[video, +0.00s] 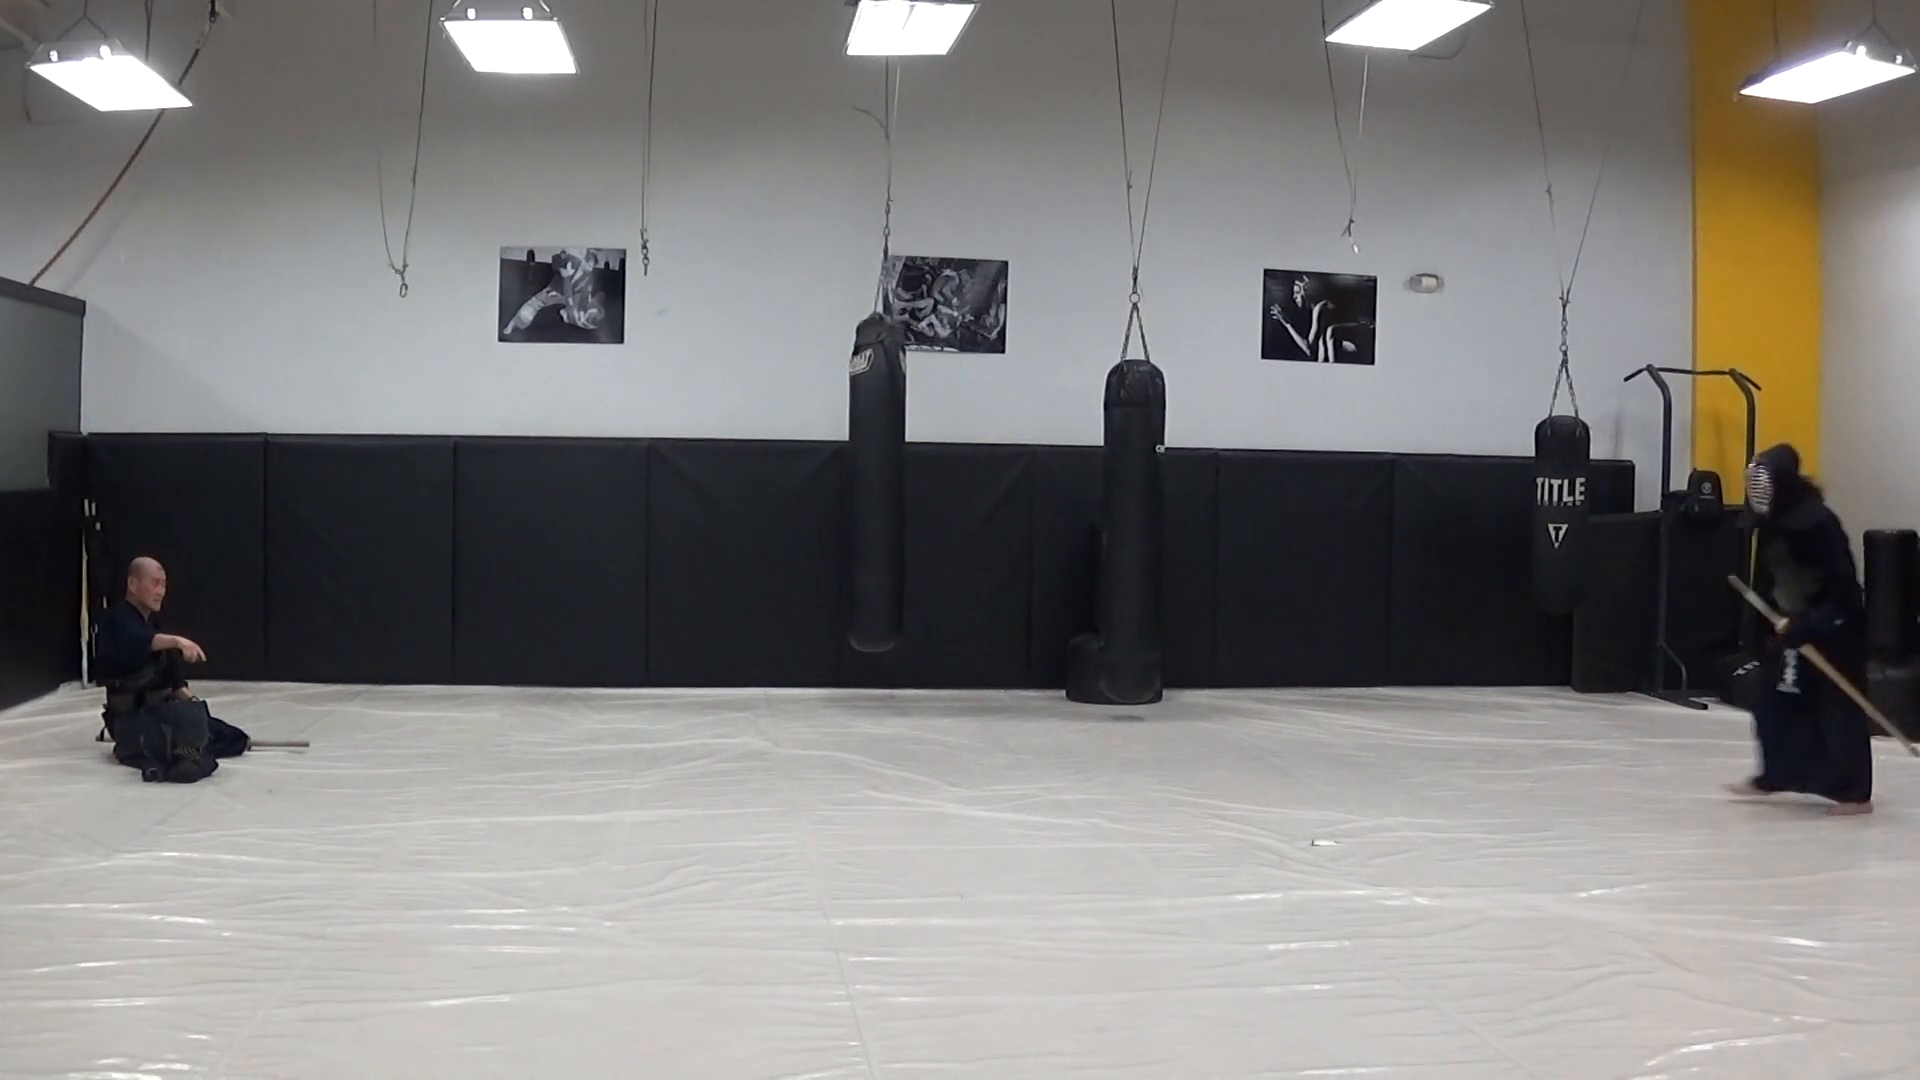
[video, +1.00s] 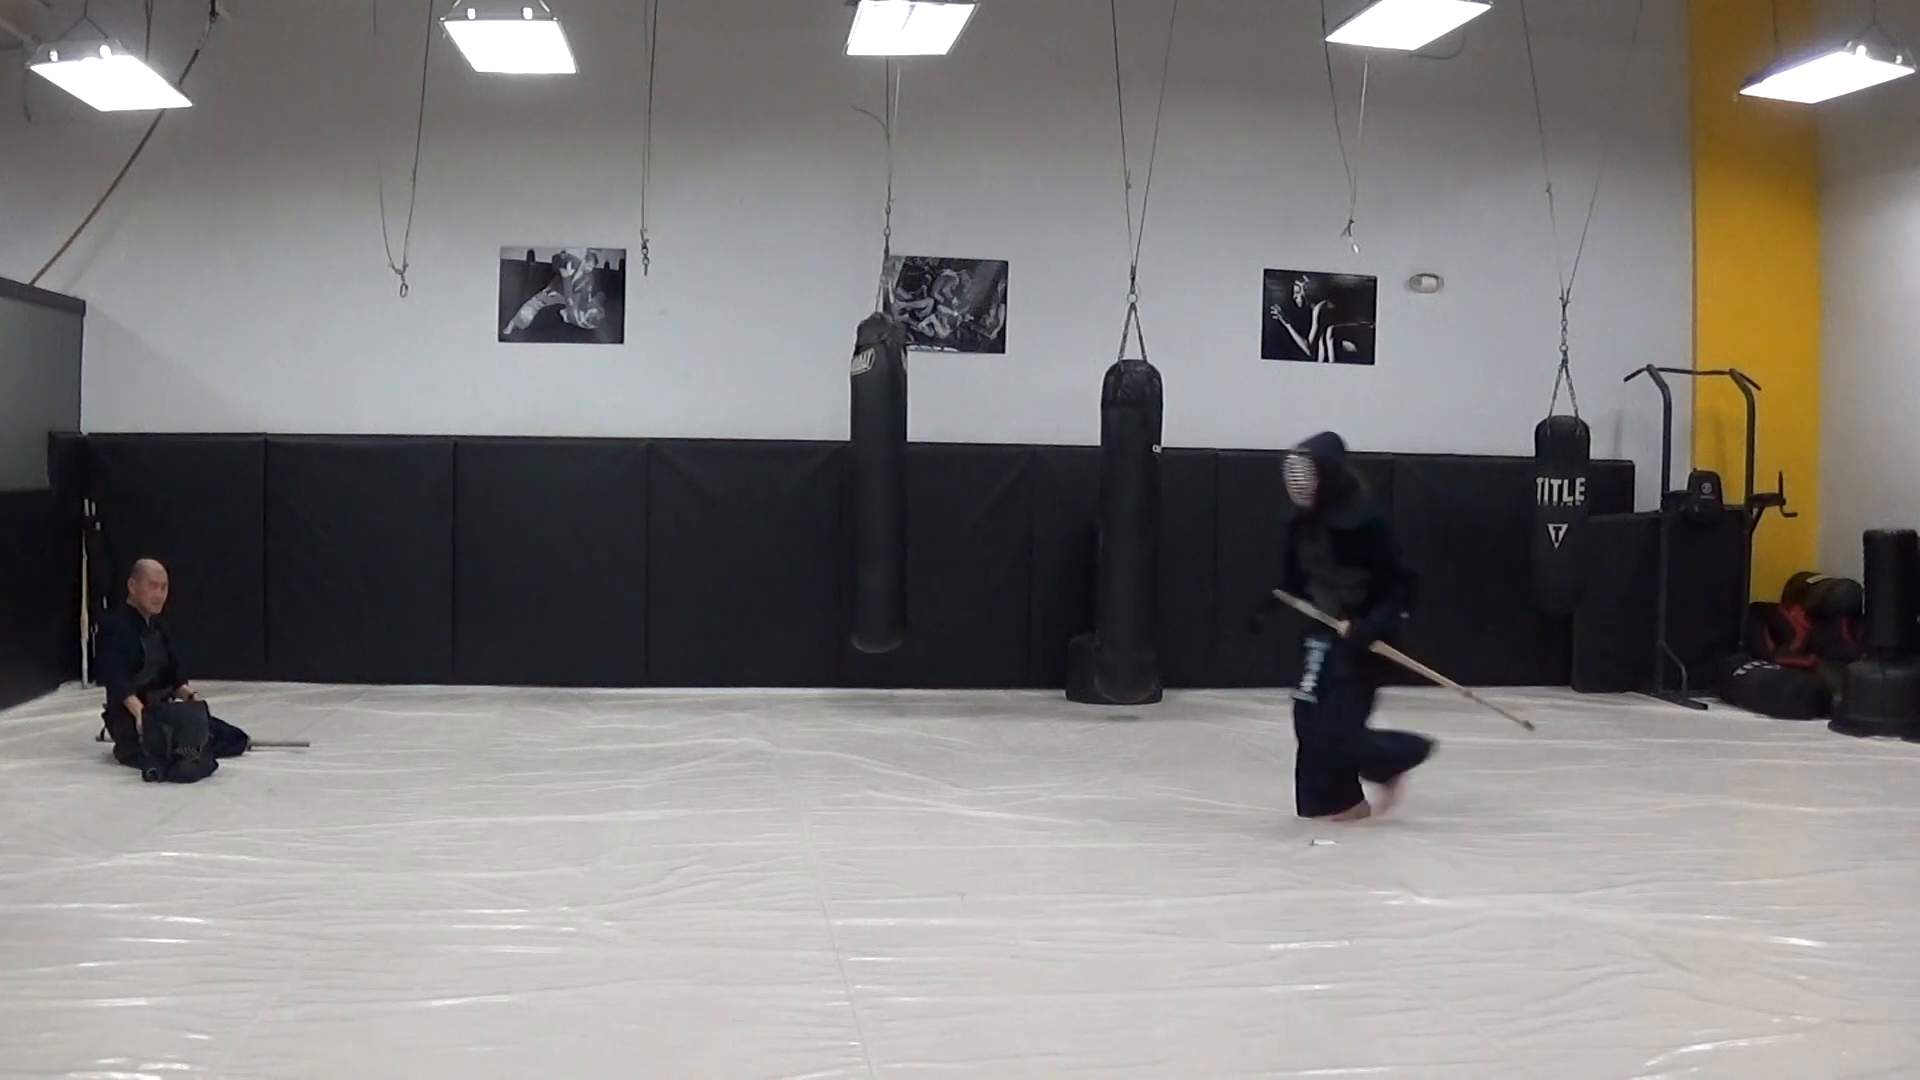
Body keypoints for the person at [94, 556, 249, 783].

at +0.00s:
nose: (161, 591)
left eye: (163, 585)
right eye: (155, 583)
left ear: (165, 587)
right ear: (132, 585)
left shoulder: (152, 622)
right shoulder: (116, 618)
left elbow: (171, 675)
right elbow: (136, 639)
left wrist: (190, 702)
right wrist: (176, 642)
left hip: (163, 712)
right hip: (129, 717)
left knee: (236, 740)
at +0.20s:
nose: (160, 593)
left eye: (163, 587)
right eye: (154, 585)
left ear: (165, 588)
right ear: (131, 586)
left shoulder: (152, 624)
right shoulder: (115, 621)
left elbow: (164, 672)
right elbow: (131, 654)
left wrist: (187, 697)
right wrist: (183, 660)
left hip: (162, 711)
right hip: (129, 718)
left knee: (236, 739)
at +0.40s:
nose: (157, 598)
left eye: (162, 592)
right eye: (150, 590)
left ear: (167, 592)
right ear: (131, 588)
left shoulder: (157, 626)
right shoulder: (114, 623)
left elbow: (170, 672)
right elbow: (124, 674)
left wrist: (182, 693)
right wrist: (172, 690)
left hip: (162, 711)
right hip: (129, 717)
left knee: (236, 740)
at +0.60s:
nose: (159, 599)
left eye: (164, 593)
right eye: (153, 591)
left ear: (169, 593)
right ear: (133, 588)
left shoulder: (158, 627)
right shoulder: (115, 624)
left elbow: (172, 678)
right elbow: (109, 677)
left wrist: (190, 699)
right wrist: (149, 698)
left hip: (166, 709)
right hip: (129, 714)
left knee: (235, 740)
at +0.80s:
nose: (160, 598)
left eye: (165, 592)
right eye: (154, 591)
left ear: (169, 592)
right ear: (134, 588)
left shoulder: (161, 628)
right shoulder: (114, 624)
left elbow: (173, 677)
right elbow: (106, 674)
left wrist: (191, 698)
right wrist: (142, 700)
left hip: (169, 710)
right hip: (129, 715)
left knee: (237, 740)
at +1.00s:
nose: (159, 595)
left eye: (163, 588)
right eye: (153, 586)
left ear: (168, 590)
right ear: (132, 586)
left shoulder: (159, 626)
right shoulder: (114, 624)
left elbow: (172, 676)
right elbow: (113, 677)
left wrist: (190, 696)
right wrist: (140, 713)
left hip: (166, 708)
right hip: (128, 712)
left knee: (236, 740)